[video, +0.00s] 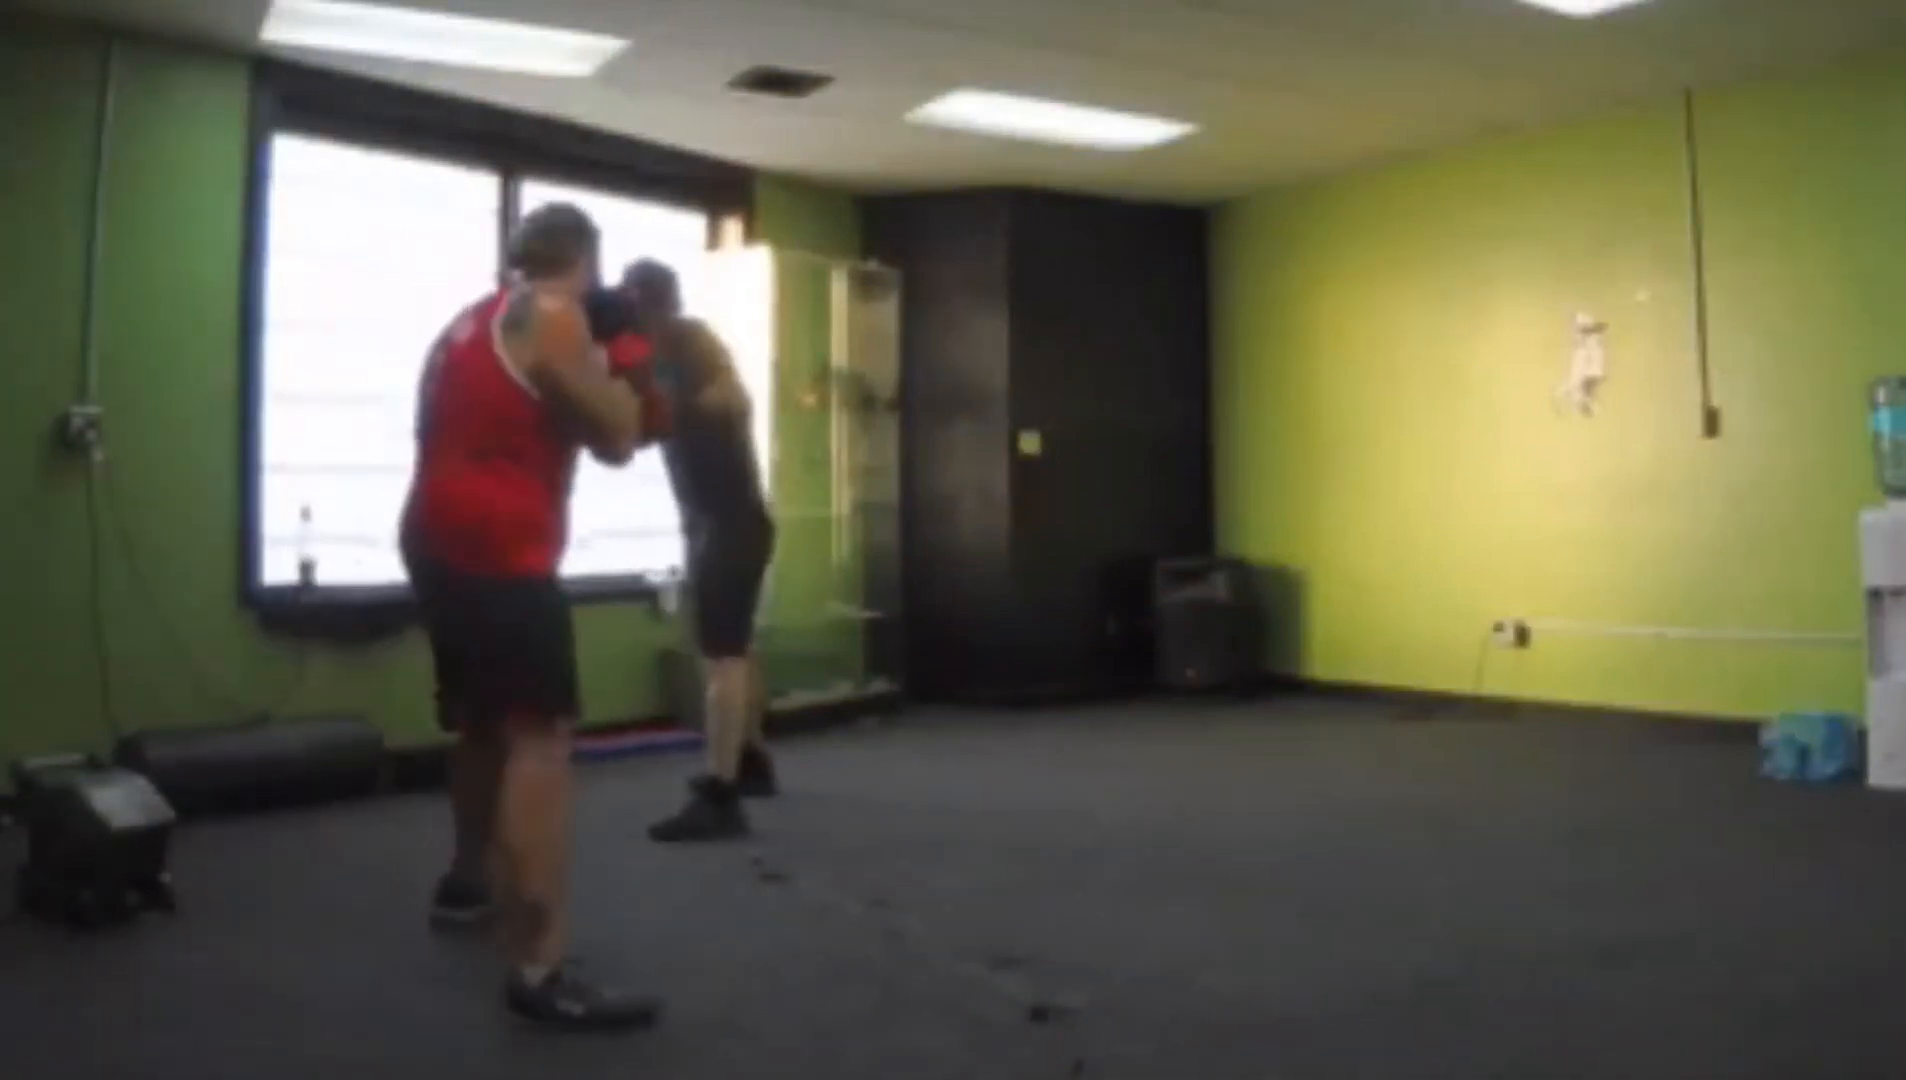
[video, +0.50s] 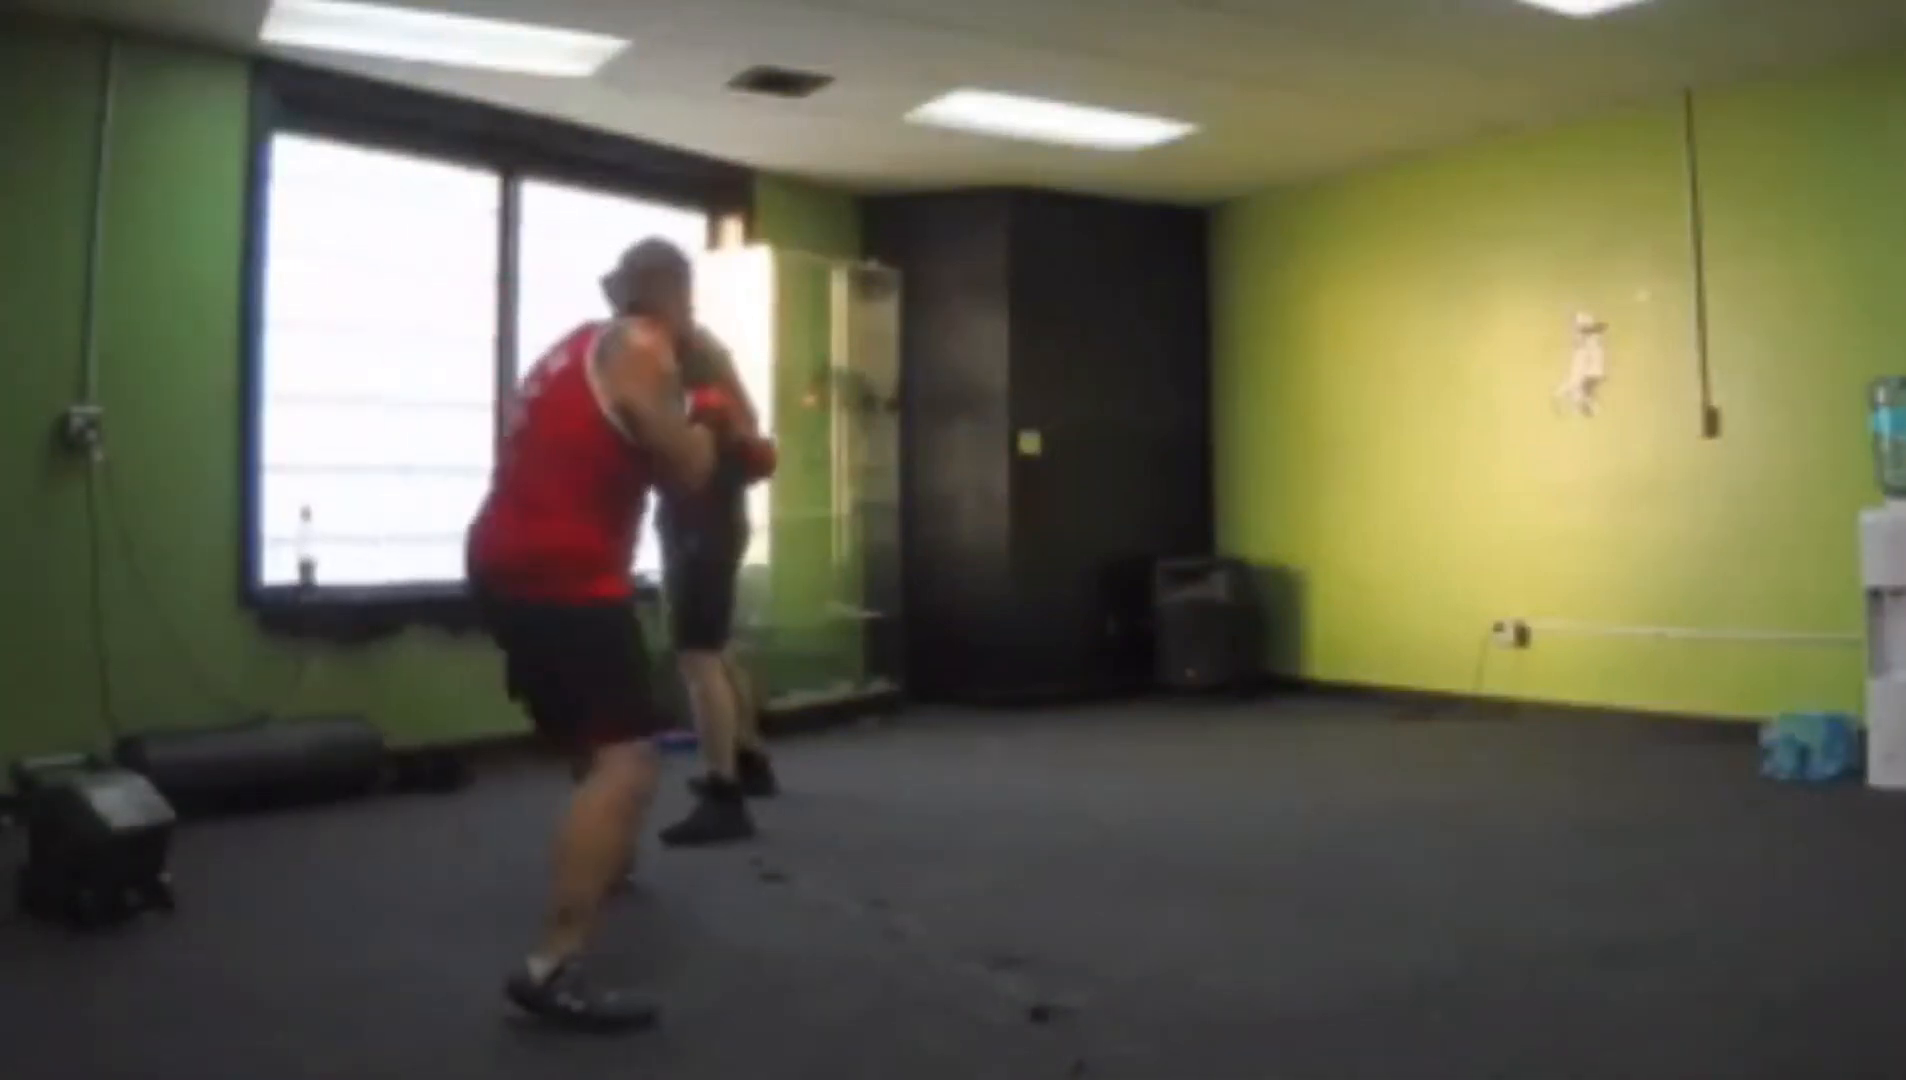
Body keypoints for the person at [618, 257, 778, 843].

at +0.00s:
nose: (633, 316)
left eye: (638, 304)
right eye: (630, 306)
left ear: (655, 300)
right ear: (648, 303)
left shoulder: (690, 341)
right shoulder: (652, 353)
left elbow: (731, 400)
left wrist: (672, 408)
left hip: (734, 517)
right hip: (708, 518)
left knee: (723, 649)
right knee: (727, 646)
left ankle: (720, 787)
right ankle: (748, 755)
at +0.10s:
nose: (627, 330)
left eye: (631, 316)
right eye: (622, 319)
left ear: (651, 304)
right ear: (649, 304)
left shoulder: (692, 343)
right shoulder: (645, 361)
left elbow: (754, 402)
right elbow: (637, 428)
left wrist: (703, 437)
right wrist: (650, 445)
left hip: (731, 517)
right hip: (701, 519)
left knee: (717, 649)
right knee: (727, 645)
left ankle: (719, 787)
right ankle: (747, 755)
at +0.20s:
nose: (635, 325)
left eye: (637, 314)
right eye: (636, 314)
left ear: (648, 312)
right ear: (675, 304)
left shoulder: (688, 351)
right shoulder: (684, 351)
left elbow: (761, 409)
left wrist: (710, 445)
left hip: (718, 514)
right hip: (710, 512)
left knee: (711, 652)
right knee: (725, 647)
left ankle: (718, 788)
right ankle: (748, 756)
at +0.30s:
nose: (644, 330)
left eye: (647, 319)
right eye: (650, 318)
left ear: (658, 319)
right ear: (690, 312)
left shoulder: (685, 356)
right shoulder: (713, 351)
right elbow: (764, 411)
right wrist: (715, 438)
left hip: (710, 518)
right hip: (723, 515)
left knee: (703, 649)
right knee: (726, 643)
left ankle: (718, 786)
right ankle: (747, 756)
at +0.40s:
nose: (655, 343)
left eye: (659, 334)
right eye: (658, 334)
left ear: (673, 336)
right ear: (708, 328)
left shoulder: (695, 370)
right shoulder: (726, 366)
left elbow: (683, 442)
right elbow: (761, 411)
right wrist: (719, 431)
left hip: (702, 517)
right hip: (724, 515)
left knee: (700, 648)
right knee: (723, 642)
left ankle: (721, 789)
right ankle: (748, 755)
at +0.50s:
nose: (628, 321)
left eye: (633, 306)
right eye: (623, 309)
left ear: (662, 300)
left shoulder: (700, 357)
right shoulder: (656, 362)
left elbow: (745, 438)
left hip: (711, 522)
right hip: (683, 521)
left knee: (699, 654)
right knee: (708, 651)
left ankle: (723, 791)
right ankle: (748, 757)